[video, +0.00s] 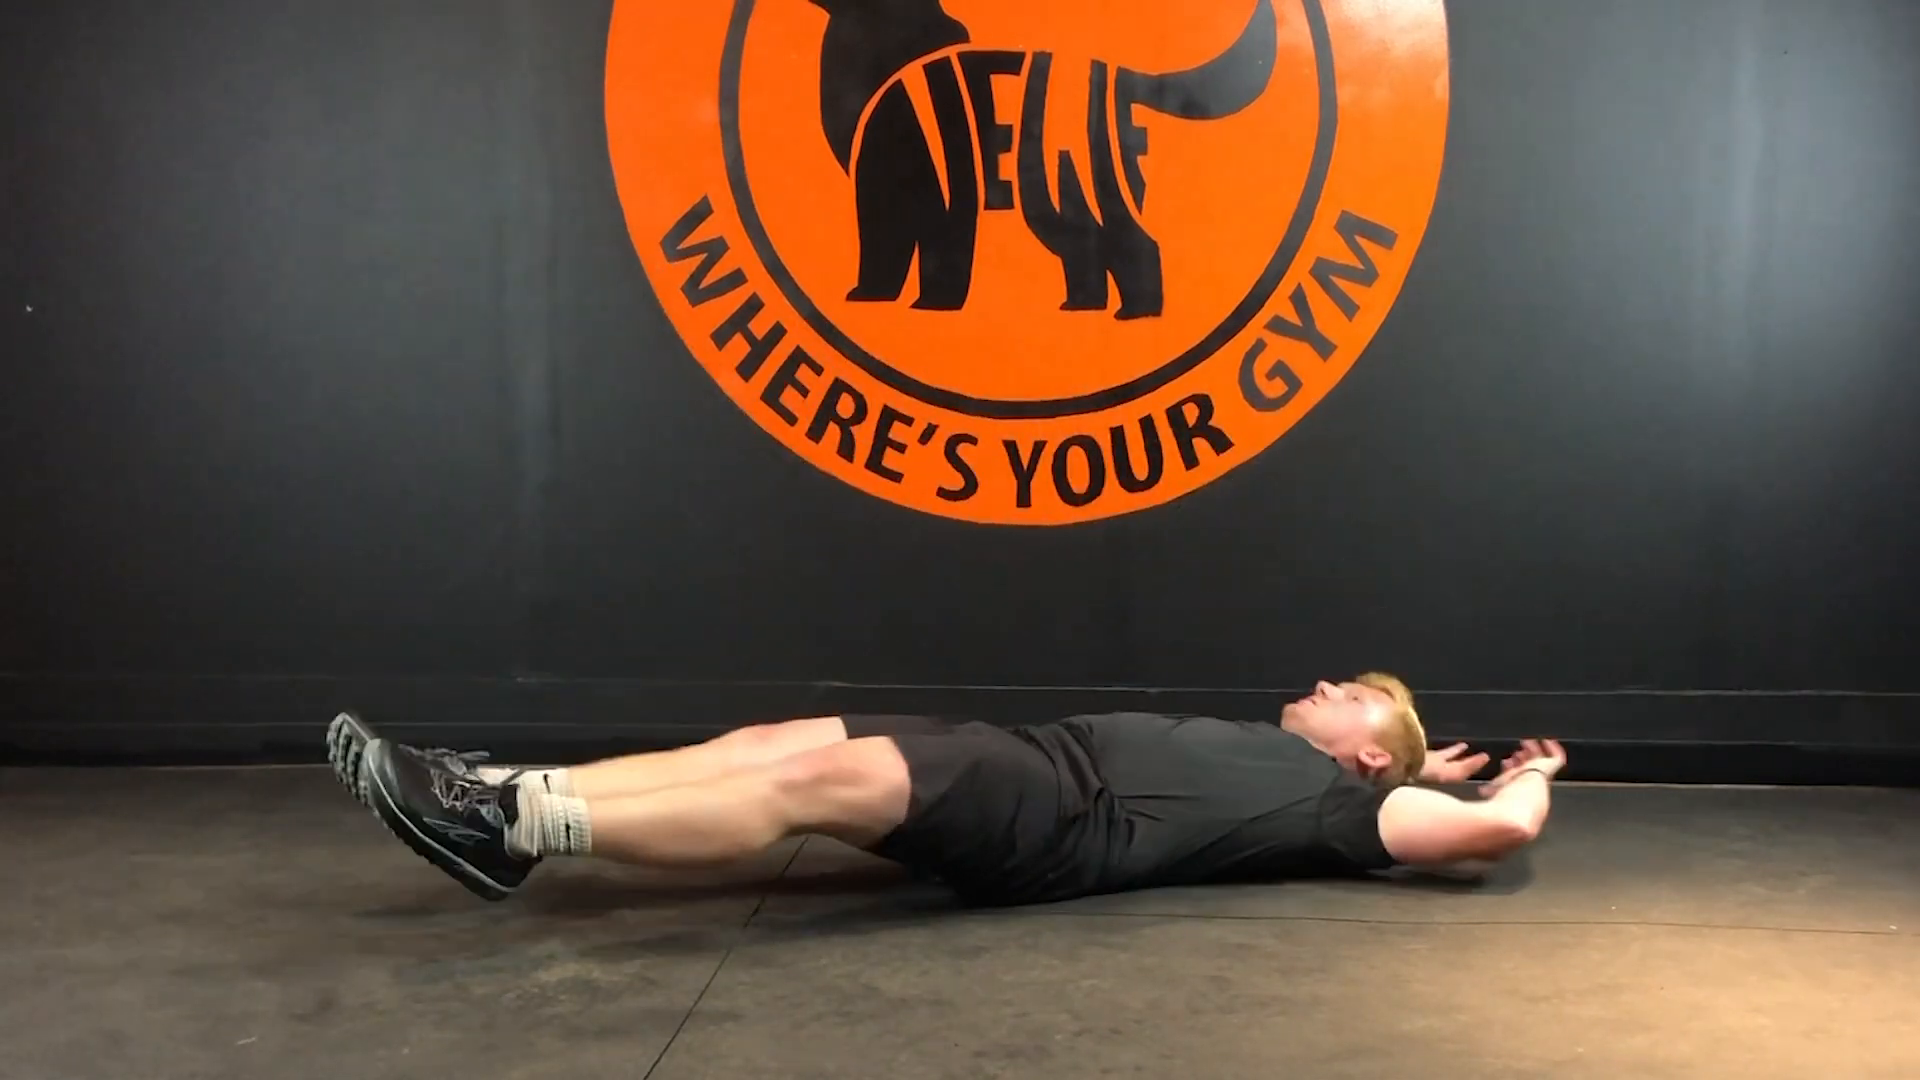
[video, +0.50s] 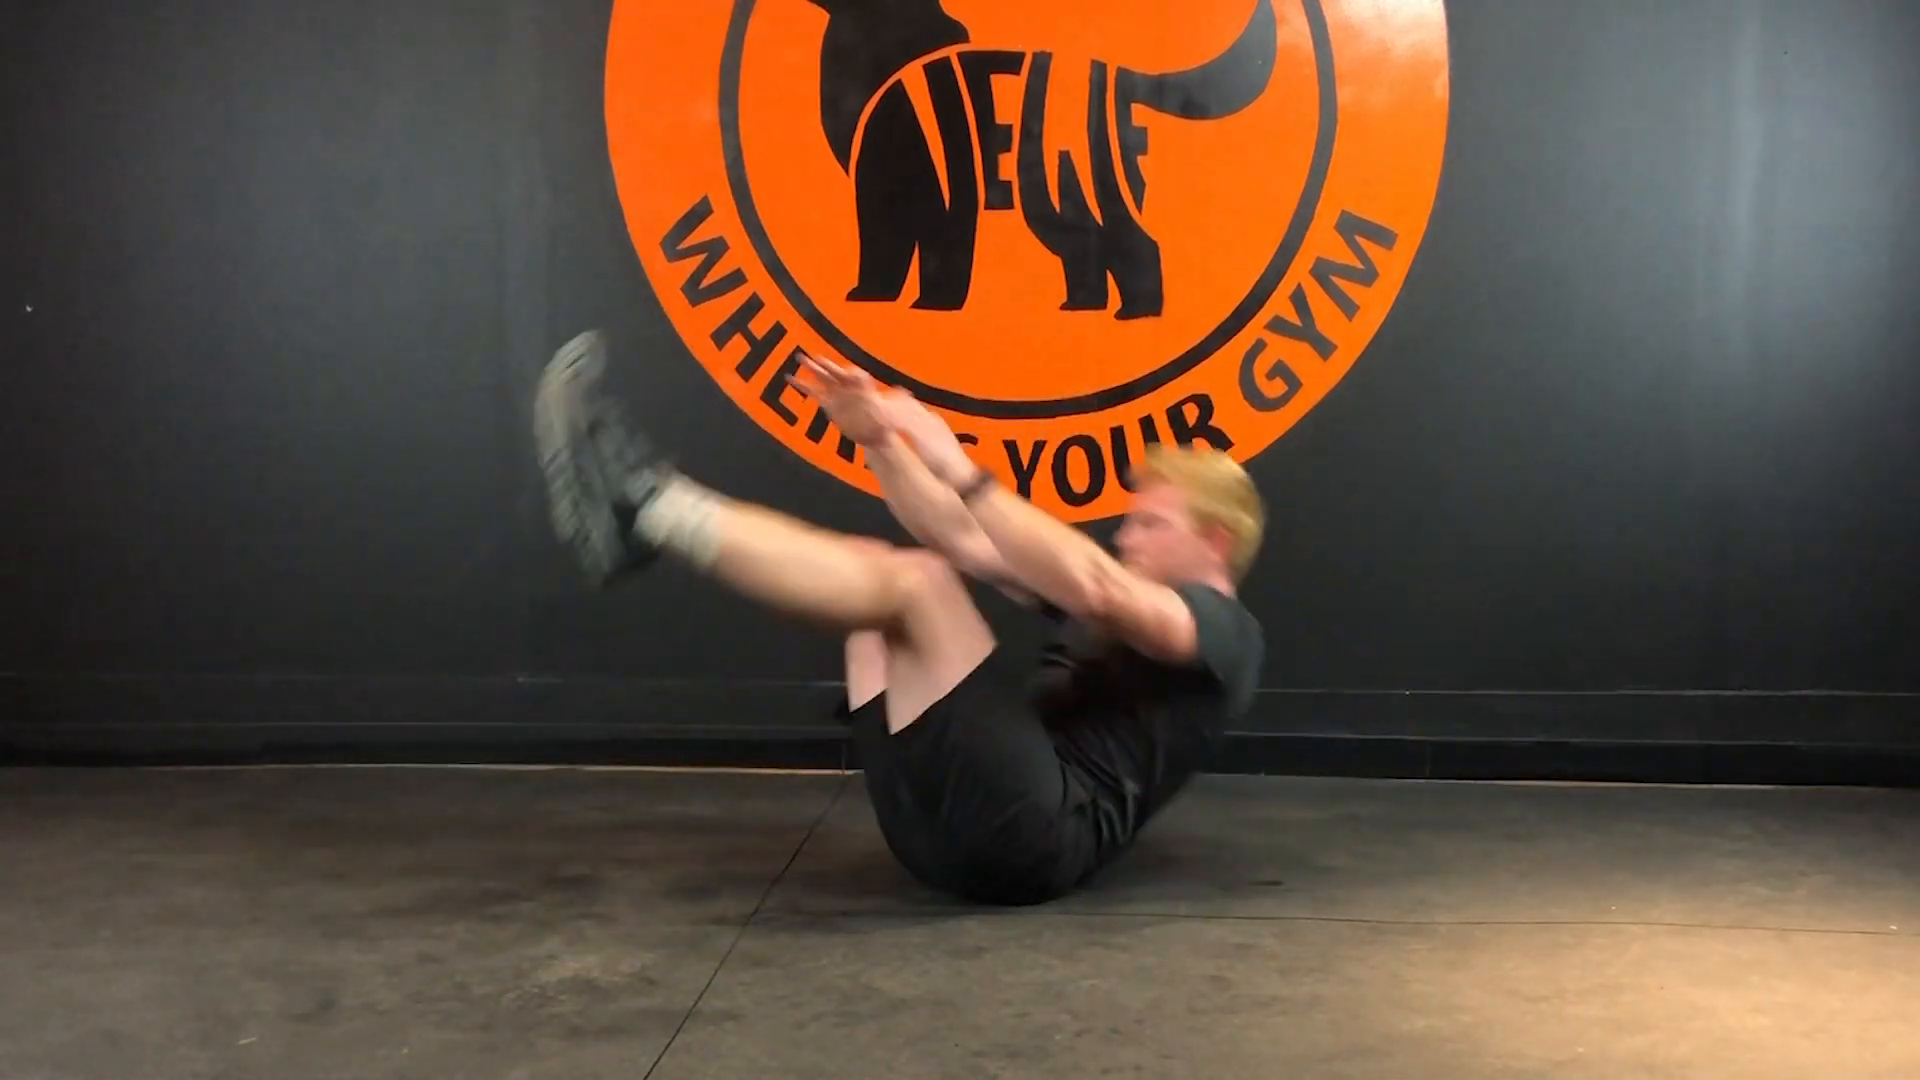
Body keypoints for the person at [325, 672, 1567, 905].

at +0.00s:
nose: (1327, 690)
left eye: (1356, 702)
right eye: (1335, 686)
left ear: (1383, 755)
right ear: (1316, 714)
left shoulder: (1351, 796)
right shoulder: (1237, 742)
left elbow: (1497, 834)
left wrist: (1523, 782)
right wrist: (1430, 760)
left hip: (1068, 796)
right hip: (1002, 740)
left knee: (833, 776)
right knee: (777, 738)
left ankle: (526, 834)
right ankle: (493, 800)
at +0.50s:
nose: (1128, 540)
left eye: (1150, 526)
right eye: (1129, 523)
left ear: (1215, 545)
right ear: (1131, 529)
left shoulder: (1226, 630)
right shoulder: (1119, 601)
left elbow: (1099, 588)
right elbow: (970, 540)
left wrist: (972, 478)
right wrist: (878, 435)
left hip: (1030, 829)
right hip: (953, 828)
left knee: (923, 584)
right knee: (876, 586)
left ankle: (655, 506)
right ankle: (630, 514)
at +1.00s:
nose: (1204, 554)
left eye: (1233, 550)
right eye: (1208, 543)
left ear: (1277, 601)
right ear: (1219, 567)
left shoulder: (1252, 702)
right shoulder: (1146, 646)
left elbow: (1224, 632)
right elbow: (1041, 583)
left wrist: (1191, 474)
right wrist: (1056, 471)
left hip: (1028, 829)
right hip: (965, 792)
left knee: (776, 692)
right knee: (750, 671)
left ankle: (475, 721)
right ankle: (487, 725)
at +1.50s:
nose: (1319, 703)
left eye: (1345, 716)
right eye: (1324, 697)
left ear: (1369, 764)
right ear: (1306, 714)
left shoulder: (1330, 807)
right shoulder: (1224, 747)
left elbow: (1489, 823)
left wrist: (1478, 790)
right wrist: (1411, 764)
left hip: (1035, 796)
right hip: (966, 746)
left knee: (792, 814)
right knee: (737, 785)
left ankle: (481, 855)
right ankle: (474, 849)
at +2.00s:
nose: (1098, 543)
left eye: (1121, 529)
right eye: (1099, 528)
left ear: (1191, 537)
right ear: (1104, 530)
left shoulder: (1210, 612)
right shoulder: (1097, 604)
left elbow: (1074, 580)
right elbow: (956, 554)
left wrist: (935, 505)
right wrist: (853, 461)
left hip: (1030, 826)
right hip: (954, 830)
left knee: (942, 575)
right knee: (903, 568)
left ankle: (679, 480)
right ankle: (662, 490)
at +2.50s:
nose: (1240, 604)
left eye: (1270, 597)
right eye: (1251, 591)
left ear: (1309, 649)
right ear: (1240, 613)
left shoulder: (1267, 731)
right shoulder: (1181, 687)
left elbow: (1322, 647)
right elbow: (1105, 600)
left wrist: (1326, 521)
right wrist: (1182, 490)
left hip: (1055, 825)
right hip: (1004, 798)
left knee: (810, 701)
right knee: (790, 695)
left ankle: (529, 692)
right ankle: (523, 686)